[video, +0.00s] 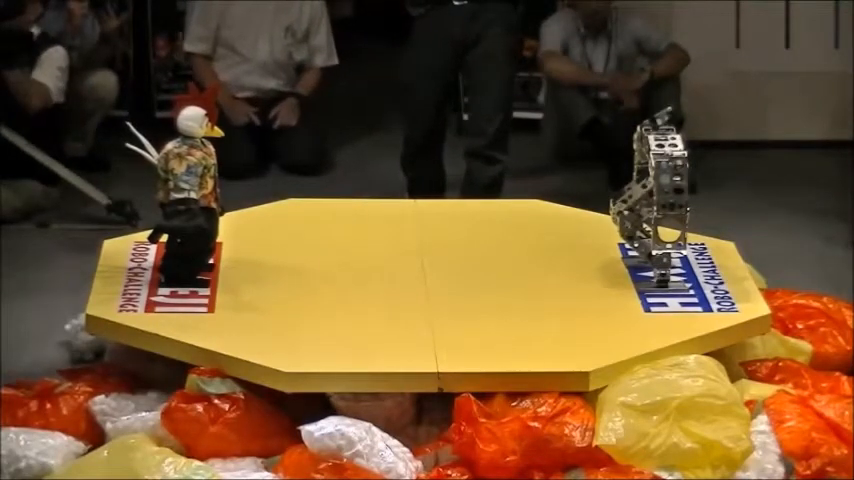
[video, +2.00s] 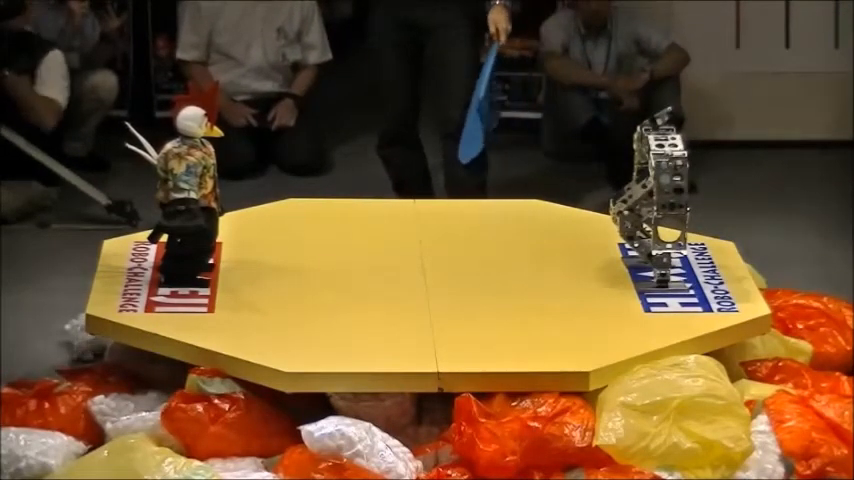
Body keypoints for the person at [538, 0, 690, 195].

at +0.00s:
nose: (597, 8)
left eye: (602, 4)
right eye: (589, 4)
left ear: (610, 5)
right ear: (574, 5)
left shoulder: (628, 25)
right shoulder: (559, 24)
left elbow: (679, 56)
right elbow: (552, 65)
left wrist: (644, 76)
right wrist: (609, 81)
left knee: (666, 80)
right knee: (561, 82)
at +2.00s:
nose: (595, 7)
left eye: (601, 2)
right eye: (588, 2)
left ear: (610, 4)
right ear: (575, 5)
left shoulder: (626, 24)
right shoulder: (557, 26)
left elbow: (679, 56)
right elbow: (555, 67)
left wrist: (644, 76)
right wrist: (612, 84)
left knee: (667, 82)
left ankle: (668, 167)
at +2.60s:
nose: (595, 8)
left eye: (601, 2)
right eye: (587, 2)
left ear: (610, 4)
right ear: (574, 5)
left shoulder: (626, 24)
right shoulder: (558, 25)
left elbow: (679, 56)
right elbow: (553, 67)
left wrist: (643, 77)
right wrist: (610, 83)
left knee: (667, 81)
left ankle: (669, 167)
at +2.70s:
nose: (595, 8)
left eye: (601, 2)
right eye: (588, 2)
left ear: (610, 4)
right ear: (574, 5)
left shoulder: (626, 24)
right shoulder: (558, 24)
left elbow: (679, 56)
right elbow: (553, 67)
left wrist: (643, 76)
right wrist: (610, 83)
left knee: (666, 81)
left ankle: (669, 168)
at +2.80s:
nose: (595, 8)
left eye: (601, 1)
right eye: (587, 2)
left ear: (610, 4)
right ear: (574, 5)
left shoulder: (626, 24)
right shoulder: (558, 25)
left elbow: (679, 56)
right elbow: (552, 67)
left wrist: (643, 76)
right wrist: (610, 83)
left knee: (666, 81)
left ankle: (670, 166)